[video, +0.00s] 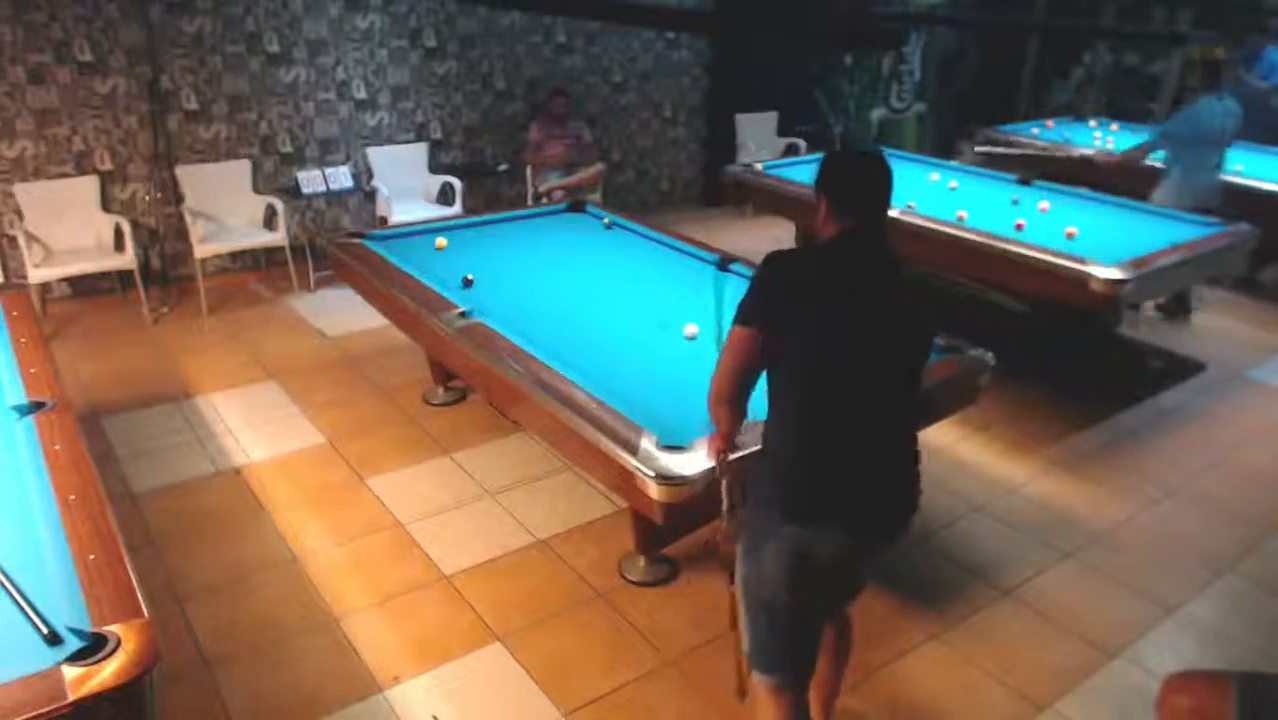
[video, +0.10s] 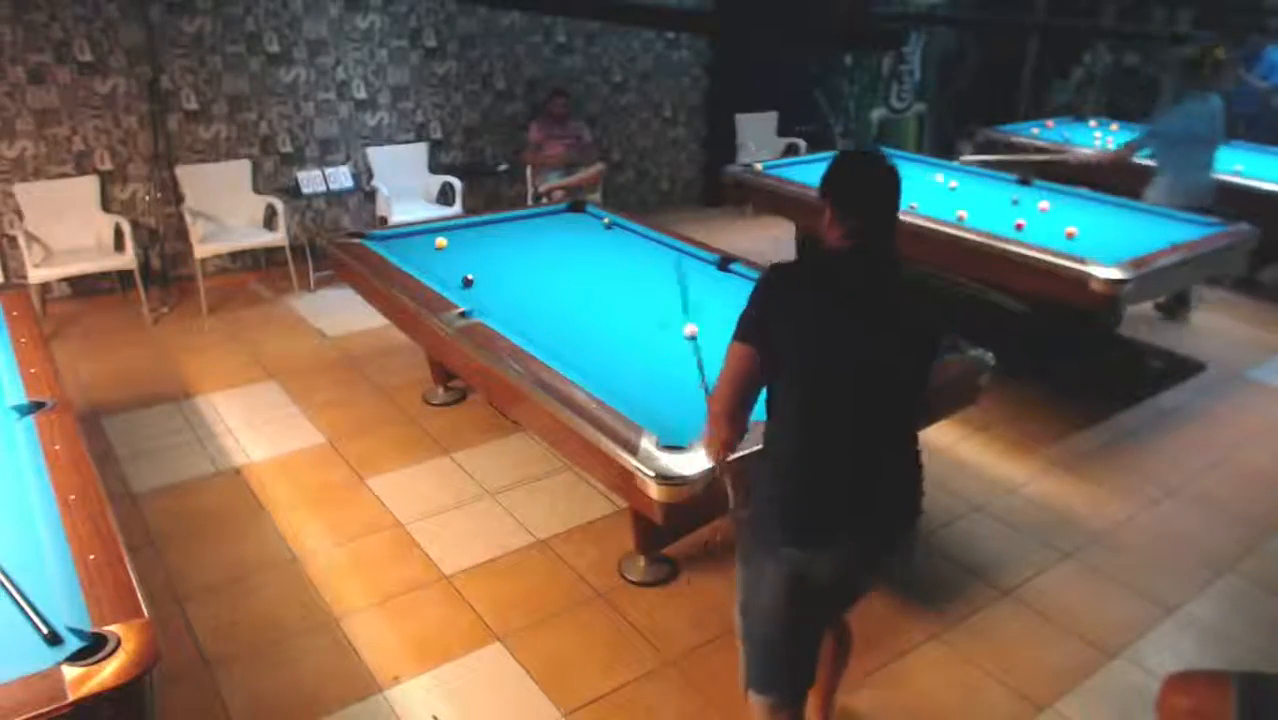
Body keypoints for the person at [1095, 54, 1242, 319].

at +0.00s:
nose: (1191, 82)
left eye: (1194, 77)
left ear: (1198, 80)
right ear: (1220, 79)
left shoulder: (1192, 112)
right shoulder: (1233, 109)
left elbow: (1156, 141)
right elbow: (1225, 142)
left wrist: (1119, 159)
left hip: (1180, 183)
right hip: (1210, 184)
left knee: (1156, 233)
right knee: (1189, 240)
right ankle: (1179, 297)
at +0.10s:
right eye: (1221, 69)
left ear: (1187, 75)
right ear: (1211, 75)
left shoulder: (1184, 108)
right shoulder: (1215, 105)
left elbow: (1156, 130)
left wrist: (1126, 151)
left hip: (1174, 181)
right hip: (1202, 181)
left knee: (1150, 228)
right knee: (1185, 237)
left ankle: (1171, 295)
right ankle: (1179, 297)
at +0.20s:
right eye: (1224, 68)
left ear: (1173, 78)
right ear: (1205, 72)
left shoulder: (1176, 106)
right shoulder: (1202, 103)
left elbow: (1141, 136)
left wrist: (1090, 155)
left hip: (1162, 179)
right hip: (1188, 180)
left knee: (1140, 228)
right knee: (1181, 234)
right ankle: (1176, 294)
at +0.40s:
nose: (1136, 78)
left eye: (1139, 73)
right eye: (1137, 73)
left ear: (1147, 74)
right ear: (1164, 72)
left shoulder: (1152, 103)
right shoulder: (1177, 97)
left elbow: (1114, 142)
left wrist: (1070, 157)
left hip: (1142, 181)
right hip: (1169, 180)